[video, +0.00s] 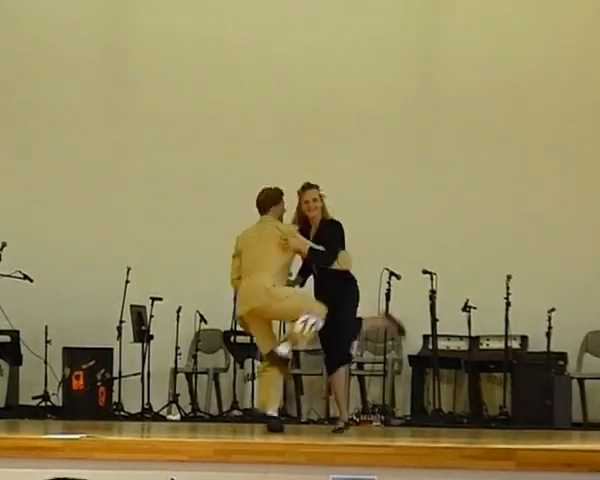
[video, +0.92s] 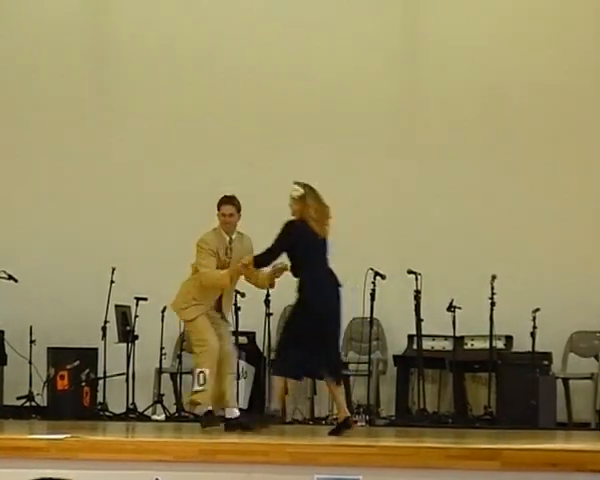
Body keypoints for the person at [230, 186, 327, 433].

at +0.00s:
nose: (285, 209)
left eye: (283, 205)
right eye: (283, 205)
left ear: (260, 209)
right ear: (277, 207)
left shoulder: (243, 236)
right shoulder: (283, 230)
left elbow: (235, 278)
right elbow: (312, 254)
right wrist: (337, 259)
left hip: (245, 299)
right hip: (270, 293)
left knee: (271, 357)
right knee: (317, 311)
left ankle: (271, 412)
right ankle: (285, 348)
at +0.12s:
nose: (285, 202)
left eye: (284, 198)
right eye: (282, 198)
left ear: (262, 202)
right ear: (272, 201)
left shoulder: (243, 229)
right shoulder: (273, 224)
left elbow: (264, 268)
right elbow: (296, 254)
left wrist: (303, 266)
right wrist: (330, 258)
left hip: (231, 294)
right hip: (253, 292)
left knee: (254, 346)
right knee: (281, 343)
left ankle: (253, 397)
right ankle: (259, 389)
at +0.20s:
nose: (282, 206)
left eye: (282, 201)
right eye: (279, 201)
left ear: (264, 203)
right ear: (265, 203)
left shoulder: (256, 225)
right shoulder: (261, 225)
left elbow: (267, 254)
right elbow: (267, 257)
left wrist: (295, 249)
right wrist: (301, 256)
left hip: (237, 299)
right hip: (243, 300)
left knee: (253, 354)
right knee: (255, 355)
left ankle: (242, 412)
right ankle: (245, 413)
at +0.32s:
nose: (269, 209)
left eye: (271, 205)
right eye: (265, 205)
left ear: (269, 206)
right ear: (251, 204)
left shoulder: (256, 234)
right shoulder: (244, 229)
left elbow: (257, 273)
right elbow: (240, 261)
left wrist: (276, 266)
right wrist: (271, 254)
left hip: (238, 300)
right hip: (226, 298)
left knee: (254, 346)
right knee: (253, 343)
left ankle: (244, 406)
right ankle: (237, 406)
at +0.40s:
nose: (254, 217)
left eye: (257, 212)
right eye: (250, 212)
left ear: (259, 214)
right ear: (238, 212)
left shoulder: (251, 245)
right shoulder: (232, 238)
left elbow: (259, 280)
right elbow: (229, 272)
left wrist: (282, 270)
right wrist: (258, 263)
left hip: (235, 311)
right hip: (218, 310)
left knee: (261, 347)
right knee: (251, 345)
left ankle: (245, 408)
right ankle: (227, 405)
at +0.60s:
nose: (228, 220)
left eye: (231, 216)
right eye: (223, 216)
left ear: (237, 217)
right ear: (216, 217)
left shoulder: (239, 244)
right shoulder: (206, 243)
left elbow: (255, 268)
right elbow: (215, 270)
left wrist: (279, 270)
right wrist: (244, 271)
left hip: (218, 311)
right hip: (196, 310)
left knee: (238, 353)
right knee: (216, 354)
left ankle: (237, 412)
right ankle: (215, 415)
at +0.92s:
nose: (227, 219)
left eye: (231, 215)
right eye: (223, 215)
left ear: (239, 216)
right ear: (218, 216)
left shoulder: (243, 243)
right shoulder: (207, 242)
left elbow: (252, 274)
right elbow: (206, 277)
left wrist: (270, 276)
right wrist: (232, 273)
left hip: (217, 307)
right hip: (192, 304)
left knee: (228, 352)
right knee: (209, 346)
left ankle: (230, 413)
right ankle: (202, 407)